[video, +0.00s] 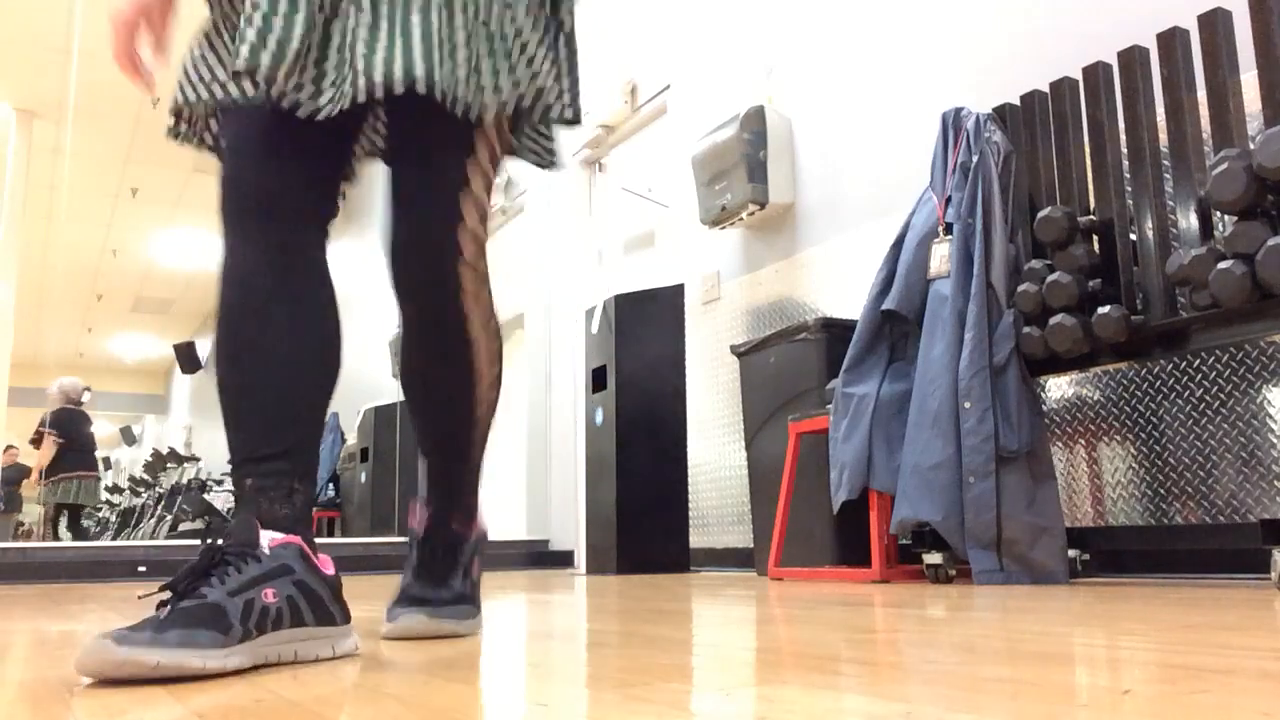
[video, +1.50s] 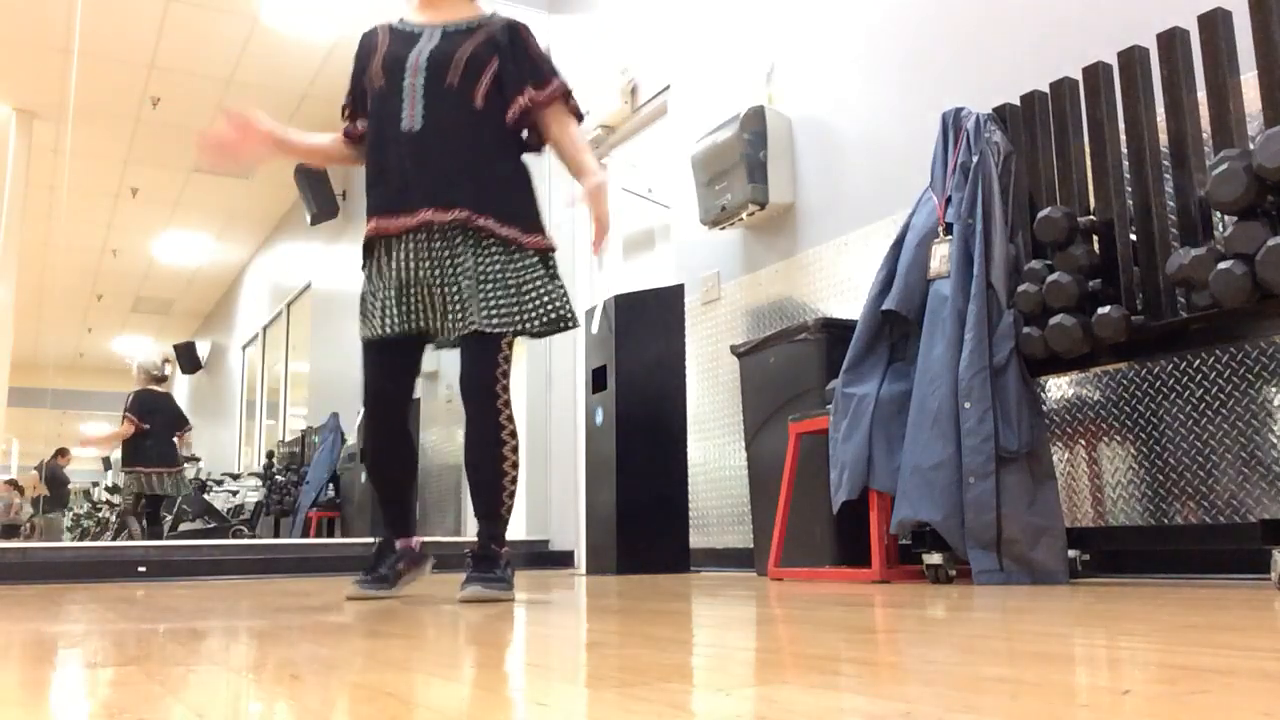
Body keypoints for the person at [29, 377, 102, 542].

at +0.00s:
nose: (52, 396)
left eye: (55, 392)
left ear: (58, 394)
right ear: (77, 395)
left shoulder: (55, 416)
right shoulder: (84, 416)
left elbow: (48, 448)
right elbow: (91, 448)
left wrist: (37, 469)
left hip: (62, 476)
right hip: (88, 475)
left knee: (50, 522)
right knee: (75, 522)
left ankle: (55, 561)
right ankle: (84, 557)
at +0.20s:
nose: (70, 392)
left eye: (73, 390)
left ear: (76, 392)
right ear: (95, 394)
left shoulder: (70, 411)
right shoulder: (100, 414)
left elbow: (64, 439)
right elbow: (106, 444)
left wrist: (51, 464)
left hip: (74, 477)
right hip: (101, 476)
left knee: (54, 514)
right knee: (89, 518)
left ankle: (55, 557)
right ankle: (86, 557)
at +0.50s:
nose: (88, 388)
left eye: (90, 386)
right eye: (89, 386)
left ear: (93, 387)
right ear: (111, 389)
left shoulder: (81, 408)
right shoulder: (116, 410)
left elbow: (66, 439)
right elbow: (120, 439)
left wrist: (56, 464)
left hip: (81, 476)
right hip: (108, 475)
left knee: (73, 521)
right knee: (94, 521)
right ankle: (95, 558)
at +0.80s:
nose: (96, 384)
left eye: (98, 381)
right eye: (98, 381)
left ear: (103, 382)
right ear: (121, 384)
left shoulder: (92, 403)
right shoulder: (130, 405)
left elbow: (76, 432)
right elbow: (134, 434)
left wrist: (68, 458)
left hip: (96, 470)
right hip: (124, 470)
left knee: (91, 514)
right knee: (111, 513)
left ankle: (96, 553)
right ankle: (112, 553)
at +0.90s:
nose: (104, 380)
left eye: (106, 377)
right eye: (105, 377)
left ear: (111, 379)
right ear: (128, 380)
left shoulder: (100, 401)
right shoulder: (137, 403)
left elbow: (87, 432)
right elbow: (141, 432)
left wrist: (74, 458)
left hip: (102, 470)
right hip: (131, 469)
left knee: (96, 513)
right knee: (123, 512)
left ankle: (100, 551)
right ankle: (130, 551)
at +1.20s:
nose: (123, 380)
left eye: (125, 376)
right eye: (125, 375)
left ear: (130, 379)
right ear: (147, 381)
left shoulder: (125, 401)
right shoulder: (155, 402)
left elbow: (121, 431)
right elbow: (161, 435)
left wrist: (100, 455)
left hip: (129, 470)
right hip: (158, 469)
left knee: (113, 515)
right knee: (151, 514)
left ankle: (109, 558)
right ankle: (155, 558)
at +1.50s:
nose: (134, 375)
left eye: (136, 371)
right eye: (135, 370)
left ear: (141, 373)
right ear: (160, 375)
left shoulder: (138, 396)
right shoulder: (167, 397)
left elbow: (127, 430)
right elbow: (182, 431)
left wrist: (97, 441)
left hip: (139, 467)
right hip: (166, 467)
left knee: (129, 511)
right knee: (154, 514)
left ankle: (139, 548)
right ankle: (155, 555)